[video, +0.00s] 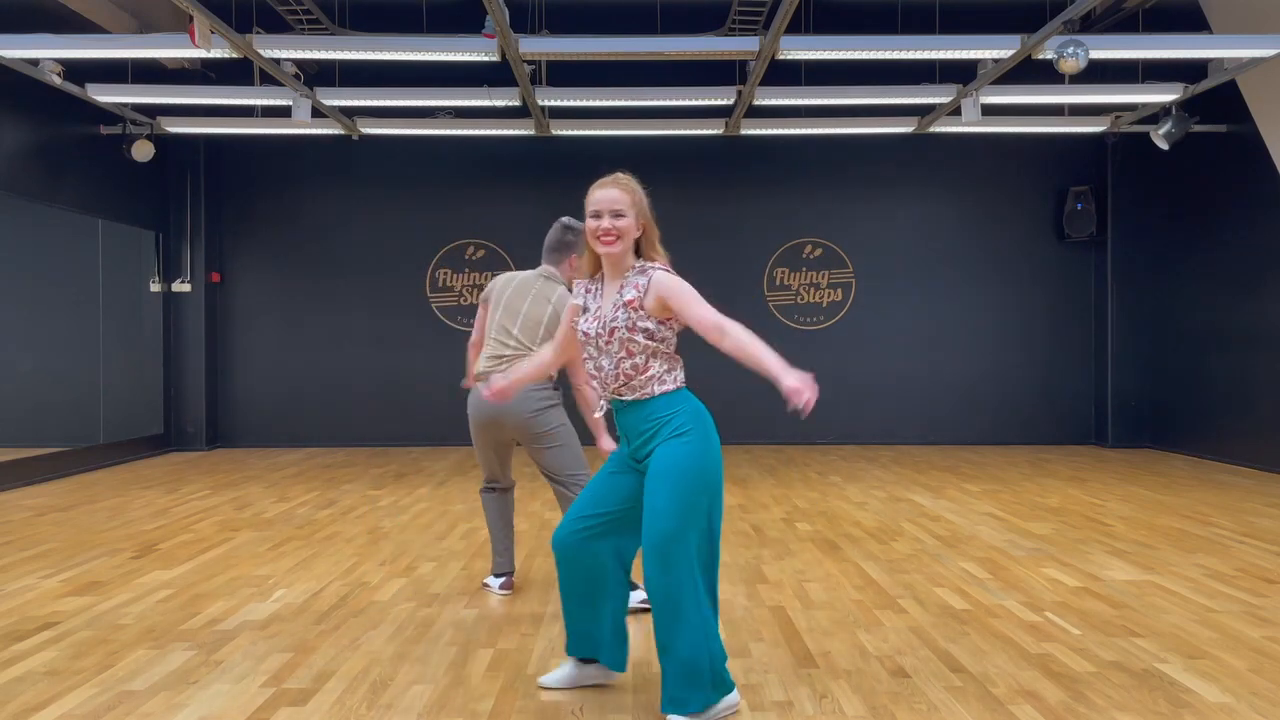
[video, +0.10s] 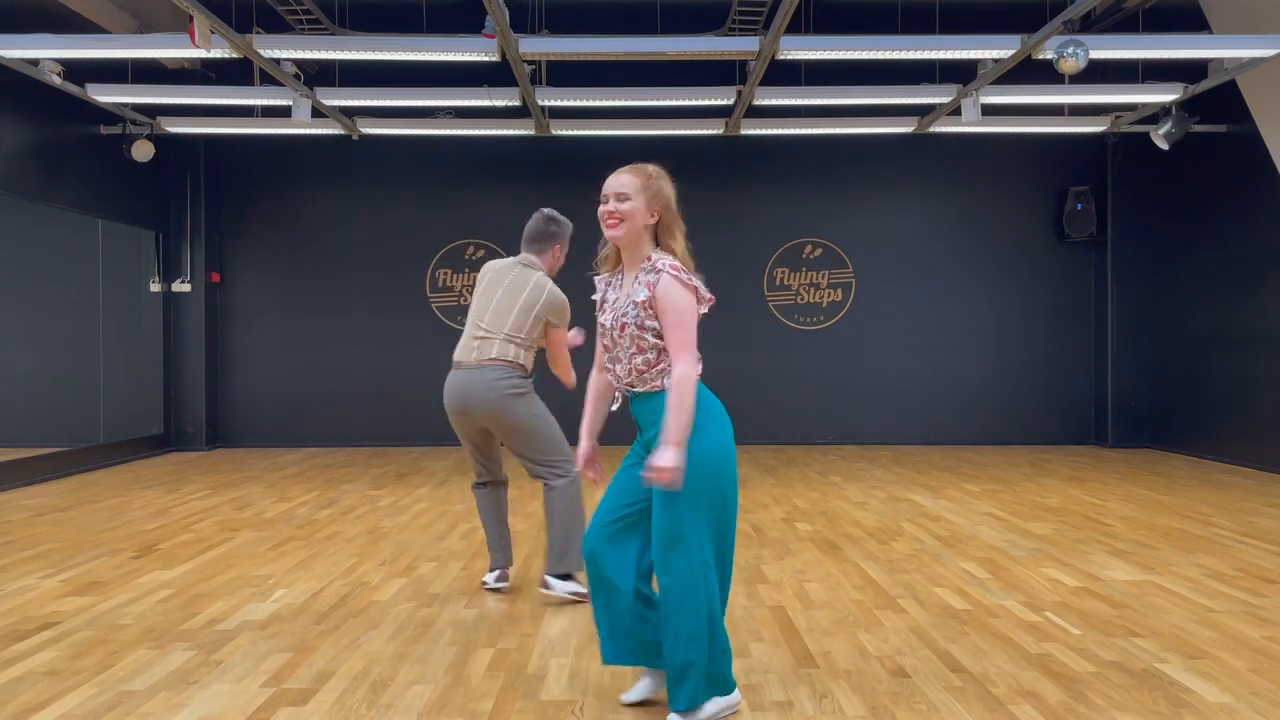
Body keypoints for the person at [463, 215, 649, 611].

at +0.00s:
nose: (585, 269)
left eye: (586, 262)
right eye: (585, 261)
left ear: (544, 254)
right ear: (572, 260)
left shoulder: (499, 283)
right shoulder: (570, 302)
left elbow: (475, 343)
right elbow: (580, 381)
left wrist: (474, 382)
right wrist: (603, 436)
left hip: (483, 399)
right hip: (535, 401)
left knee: (496, 484)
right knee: (576, 485)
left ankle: (501, 574)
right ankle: (618, 584)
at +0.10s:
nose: (564, 258)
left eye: (564, 251)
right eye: (565, 251)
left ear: (524, 242)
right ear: (557, 251)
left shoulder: (489, 269)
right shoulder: (553, 297)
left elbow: (510, 323)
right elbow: (561, 366)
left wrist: (560, 337)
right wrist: (571, 379)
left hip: (457, 383)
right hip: (502, 384)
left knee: (488, 477)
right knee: (561, 472)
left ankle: (499, 567)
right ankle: (560, 573)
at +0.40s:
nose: (507, 267)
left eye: (504, 263)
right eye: (506, 262)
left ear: (466, 262)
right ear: (502, 266)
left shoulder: (453, 295)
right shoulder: (505, 298)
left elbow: (505, 346)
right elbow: (543, 345)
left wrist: (518, 306)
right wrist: (523, 308)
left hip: (411, 400)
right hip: (434, 408)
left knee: (468, 484)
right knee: (496, 480)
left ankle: (444, 565)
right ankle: (409, 509)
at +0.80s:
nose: (434, 264)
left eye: (442, 256)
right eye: (425, 255)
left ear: (452, 261)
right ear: (408, 258)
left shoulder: (439, 314)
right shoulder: (390, 296)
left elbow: (456, 357)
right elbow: (346, 325)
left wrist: (505, 378)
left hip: (397, 419)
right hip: (352, 408)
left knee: (437, 485)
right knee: (334, 499)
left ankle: (445, 569)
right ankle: (283, 612)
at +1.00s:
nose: (390, 244)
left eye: (399, 235)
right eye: (381, 234)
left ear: (410, 241)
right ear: (363, 236)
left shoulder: (407, 300)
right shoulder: (332, 275)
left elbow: (434, 342)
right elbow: (267, 294)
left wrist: (487, 356)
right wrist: (205, 298)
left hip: (355, 414)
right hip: (299, 402)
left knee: (378, 497)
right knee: (279, 504)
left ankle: (391, 576)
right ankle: (267, 618)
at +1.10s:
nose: (371, 235)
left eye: (380, 226)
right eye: (361, 225)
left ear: (392, 233)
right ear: (344, 229)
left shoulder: (396, 295)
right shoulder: (311, 270)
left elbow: (421, 345)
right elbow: (241, 298)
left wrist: (462, 386)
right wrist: (174, 313)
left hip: (339, 413)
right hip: (279, 401)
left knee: (359, 504)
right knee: (260, 510)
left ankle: (367, 582)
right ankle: (262, 627)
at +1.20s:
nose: (351, 229)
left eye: (361, 220)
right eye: (342, 219)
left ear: (374, 225)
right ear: (325, 222)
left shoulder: (389, 294)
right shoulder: (292, 269)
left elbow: (401, 363)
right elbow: (235, 320)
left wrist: (417, 426)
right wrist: (173, 368)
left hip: (329, 412)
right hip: (266, 399)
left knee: (344, 512)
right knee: (254, 512)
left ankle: (337, 591)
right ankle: (256, 627)